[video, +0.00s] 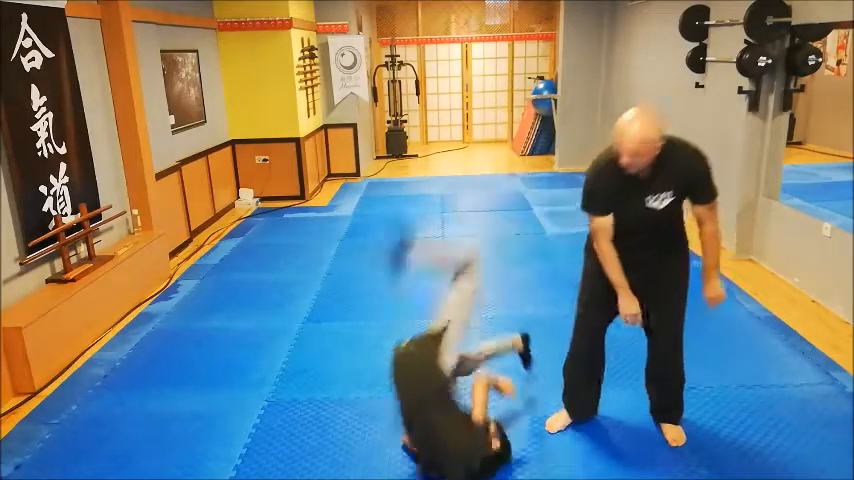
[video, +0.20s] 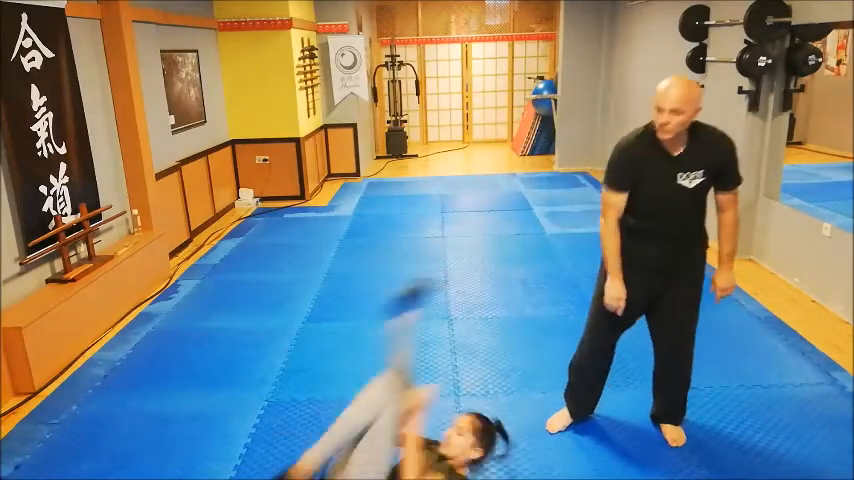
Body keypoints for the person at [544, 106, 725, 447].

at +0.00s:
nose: (625, 161)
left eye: (635, 155)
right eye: (622, 152)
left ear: (656, 146)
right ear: (617, 144)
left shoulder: (687, 162)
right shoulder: (603, 173)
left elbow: (707, 220)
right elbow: (602, 240)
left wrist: (711, 277)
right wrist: (623, 292)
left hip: (665, 254)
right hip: (611, 251)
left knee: (667, 337)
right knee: (587, 328)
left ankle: (667, 414)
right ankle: (578, 406)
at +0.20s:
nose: (664, 119)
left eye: (674, 113)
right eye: (659, 110)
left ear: (694, 113)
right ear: (653, 106)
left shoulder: (718, 150)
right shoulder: (630, 152)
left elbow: (727, 208)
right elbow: (609, 217)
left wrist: (726, 265)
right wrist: (614, 277)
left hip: (682, 266)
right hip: (629, 262)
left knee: (677, 349)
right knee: (595, 341)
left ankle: (669, 417)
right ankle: (576, 406)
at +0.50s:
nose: (690, 97)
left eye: (701, 91)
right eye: (686, 89)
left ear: (720, 97)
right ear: (679, 91)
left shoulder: (741, 145)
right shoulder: (652, 138)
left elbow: (746, 209)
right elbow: (626, 199)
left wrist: (742, 268)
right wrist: (618, 254)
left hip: (700, 267)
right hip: (644, 259)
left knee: (688, 348)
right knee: (615, 332)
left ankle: (671, 416)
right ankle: (614, 388)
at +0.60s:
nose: (693, 94)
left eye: (704, 88)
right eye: (689, 85)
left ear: (723, 95)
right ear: (682, 89)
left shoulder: (745, 143)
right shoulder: (657, 136)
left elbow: (750, 208)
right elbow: (631, 196)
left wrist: (745, 267)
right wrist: (624, 250)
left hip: (704, 263)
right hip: (650, 255)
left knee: (690, 344)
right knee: (622, 315)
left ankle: (671, 414)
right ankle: (645, 367)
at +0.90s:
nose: (696, 90)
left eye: (707, 85)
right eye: (693, 84)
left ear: (726, 92)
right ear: (687, 89)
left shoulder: (749, 138)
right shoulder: (668, 132)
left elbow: (757, 203)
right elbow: (648, 189)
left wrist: (747, 258)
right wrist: (630, 236)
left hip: (710, 257)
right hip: (661, 250)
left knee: (690, 338)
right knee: (654, 322)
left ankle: (671, 413)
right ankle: (685, 379)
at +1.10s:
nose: (671, 131)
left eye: (672, 124)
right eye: (669, 125)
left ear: (693, 116)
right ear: (695, 116)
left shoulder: (719, 151)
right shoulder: (721, 136)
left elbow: (657, 186)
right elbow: (713, 198)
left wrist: (603, 173)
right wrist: (688, 237)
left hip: (724, 258)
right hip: (728, 247)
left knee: (694, 332)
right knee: (726, 313)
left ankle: (676, 422)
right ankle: (732, 372)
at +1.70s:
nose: (669, 133)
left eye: (670, 125)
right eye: (667, 126)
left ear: (690, 117)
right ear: (691, 117)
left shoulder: (717, 150)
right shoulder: (717, 138)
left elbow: (658, 188)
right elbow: (688, 200)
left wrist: (603, 177)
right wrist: (646, 223)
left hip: (722, 258)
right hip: (719, 249)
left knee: (693, 331)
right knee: (726, 313)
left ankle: (676, 422)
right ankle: (733, 373)